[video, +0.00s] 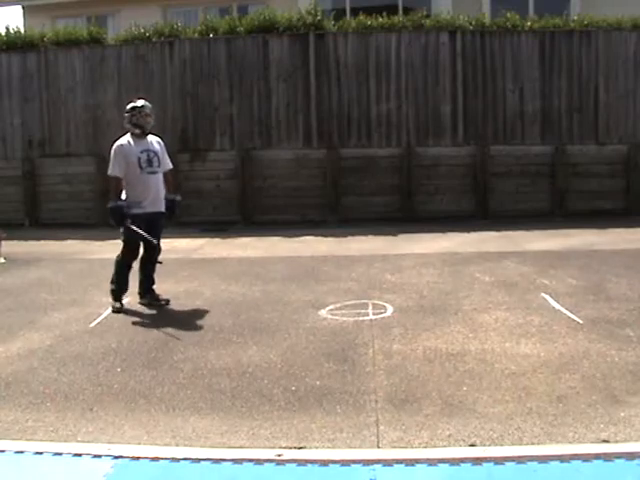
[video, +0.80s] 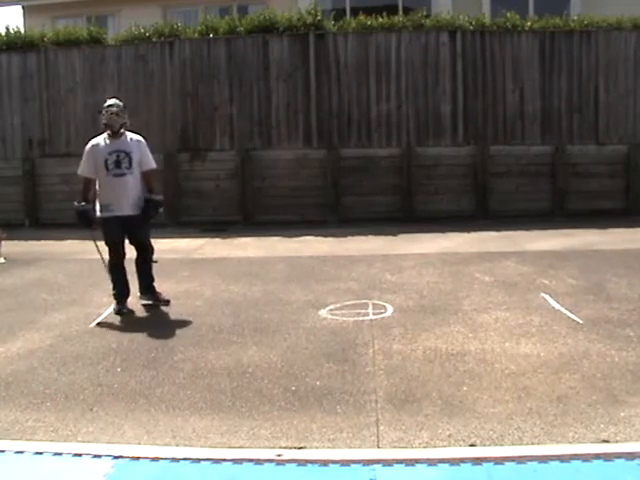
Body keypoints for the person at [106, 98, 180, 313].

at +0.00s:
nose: (145, 120)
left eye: (148, 115)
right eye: (140, 116)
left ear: (152, 118)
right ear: (130, 119)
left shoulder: (156, 142)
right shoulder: (121, 146)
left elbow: (167, 171)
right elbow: (116, 179)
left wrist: (171, 196)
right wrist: (115, 204)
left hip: (156, 207)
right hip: (133, 208)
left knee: (152, 252)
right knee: (130, 251)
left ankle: (147, 291)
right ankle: (117, 294)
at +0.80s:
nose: (113, 118)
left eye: (117, 114)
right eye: (109, 114)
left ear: (125, 117)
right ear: (103, 118)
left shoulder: (137, 142)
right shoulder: (94, 147)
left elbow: (148, 172)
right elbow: (88, 180)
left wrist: (153, 197)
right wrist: (85, 207)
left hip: (136, 209)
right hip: (109, 212)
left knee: (145, 250)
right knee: (116, 257)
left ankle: (148, 290)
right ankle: (120, 298)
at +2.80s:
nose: (125, 140)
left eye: (128, 135)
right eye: (121, 136)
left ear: (132, 132)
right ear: (113, 133)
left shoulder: (141, 144)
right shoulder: (101, 149)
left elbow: (151, 172)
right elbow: (93, 178)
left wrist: (156, 196)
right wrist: (95, 195)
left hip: (138, 210)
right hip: (115, 211)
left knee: (138, 251)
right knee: (120, 255)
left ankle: (134, 288)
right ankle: (121, 298)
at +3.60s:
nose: (140, 128)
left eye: (141, 123)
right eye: (136, 123)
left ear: (143, 123)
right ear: (124, 124)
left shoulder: (144, 143)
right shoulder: (111, 147)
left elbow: (153, 171)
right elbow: (107, 177)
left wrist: (155, 190)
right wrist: (123, 193)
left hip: (141, 206)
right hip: (122, 207)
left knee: (138, 248)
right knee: (129, 248)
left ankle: (134, 288)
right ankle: (126, 292)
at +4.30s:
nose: (135, 126)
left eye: (137, 122)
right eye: (132, 122)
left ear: (138, 122)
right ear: (120, 122)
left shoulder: (135, 143)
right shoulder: (107, 146)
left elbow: (153, 159)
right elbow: (116, 175)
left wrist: (170, 160)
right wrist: (143, 177)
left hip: (138, 209)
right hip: (120, 212)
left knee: (143, 249)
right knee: (130, 252)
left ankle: (135, 287)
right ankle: (130, 300)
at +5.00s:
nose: (154, 118)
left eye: (153, 114)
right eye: (149, 114)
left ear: (142, 117)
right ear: (136, 116)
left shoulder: (144, 140)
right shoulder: (123, 145)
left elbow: (145, 172)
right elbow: (120, 178)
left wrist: (157, 191)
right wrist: (133, 204)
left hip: (152, 208)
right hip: (136, 210)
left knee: (153, 252)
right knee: (139, 253)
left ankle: (151, 294)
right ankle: (132, 298)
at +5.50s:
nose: (159, 115)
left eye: (159, 111)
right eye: (154, 112)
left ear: (154, 115)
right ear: (142, 116)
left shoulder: (155, 138)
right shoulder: (132, 144)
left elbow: (158, 167)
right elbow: (134, 175)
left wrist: (171, 179)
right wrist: (159, 186)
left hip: (160, 207)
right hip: (145, 209)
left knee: (158, 251)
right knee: (151, 252)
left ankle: (154, 295)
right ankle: (145, 300)